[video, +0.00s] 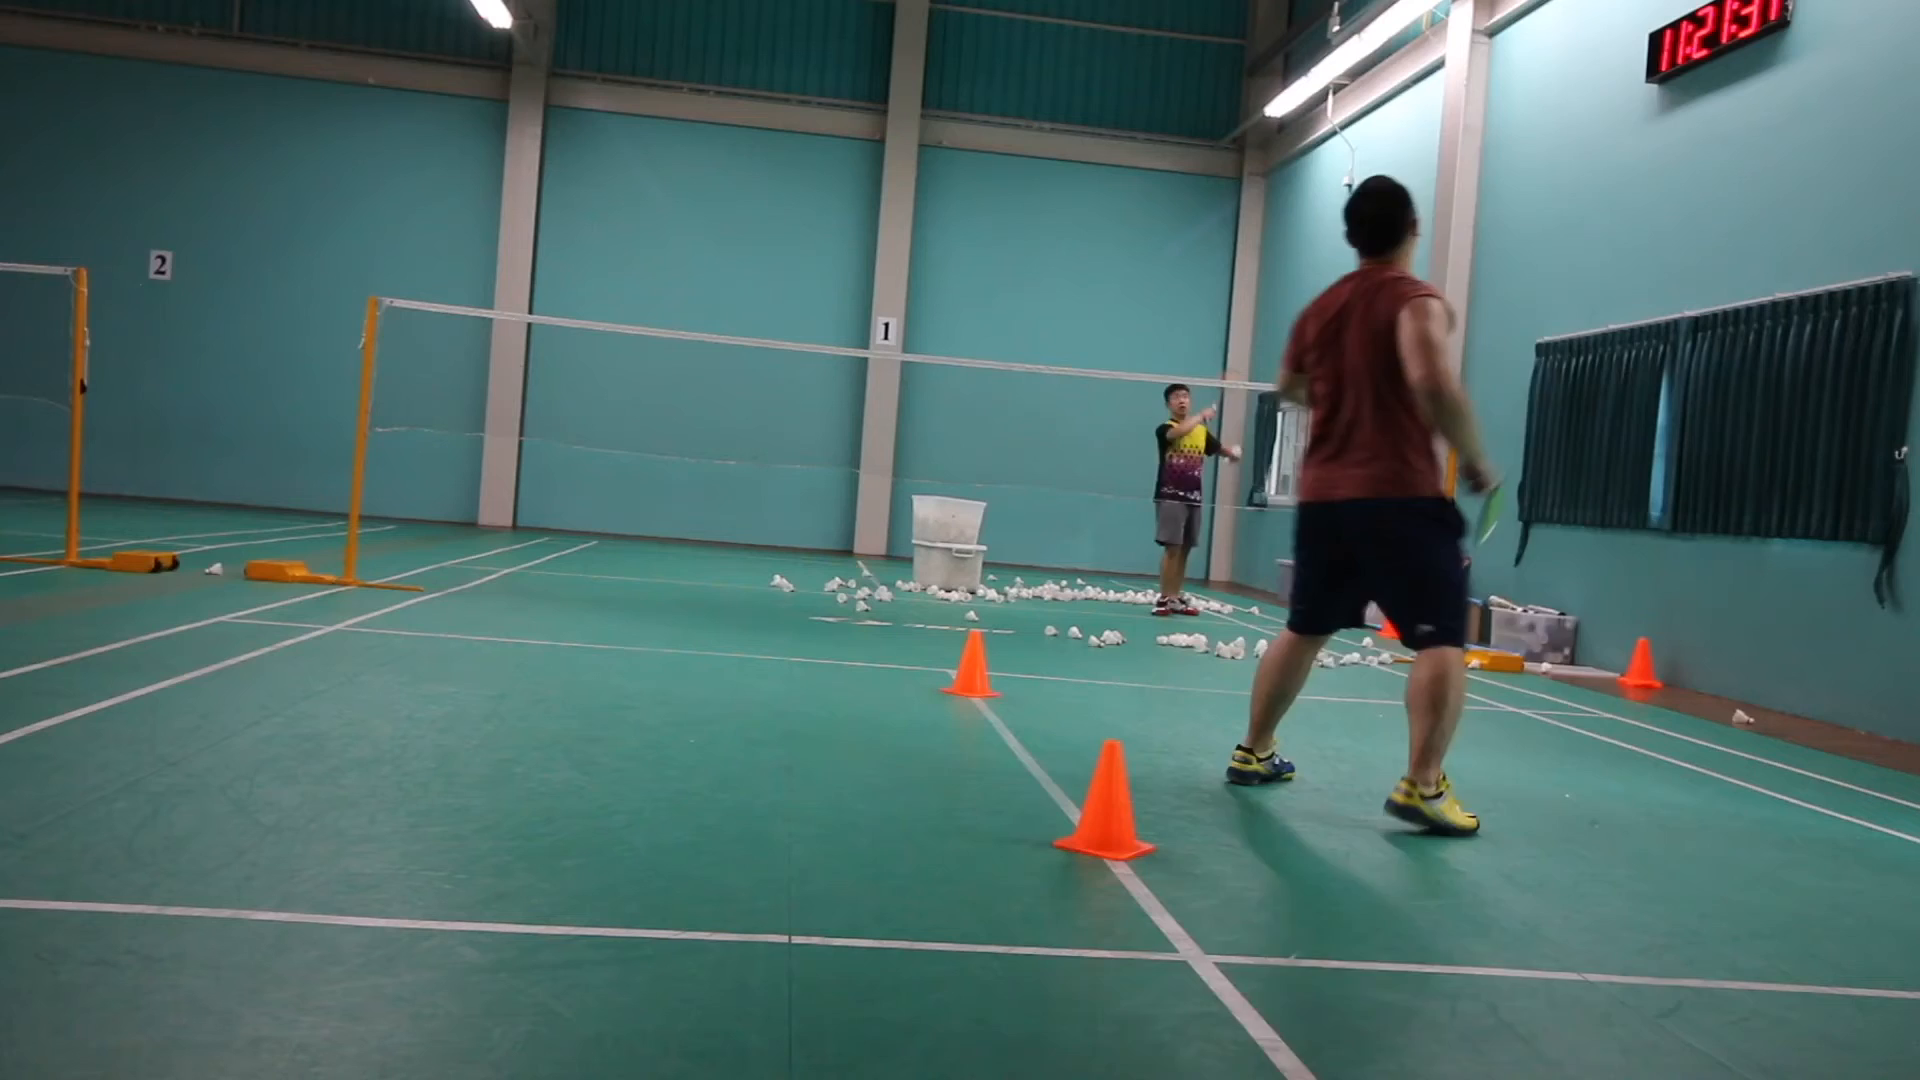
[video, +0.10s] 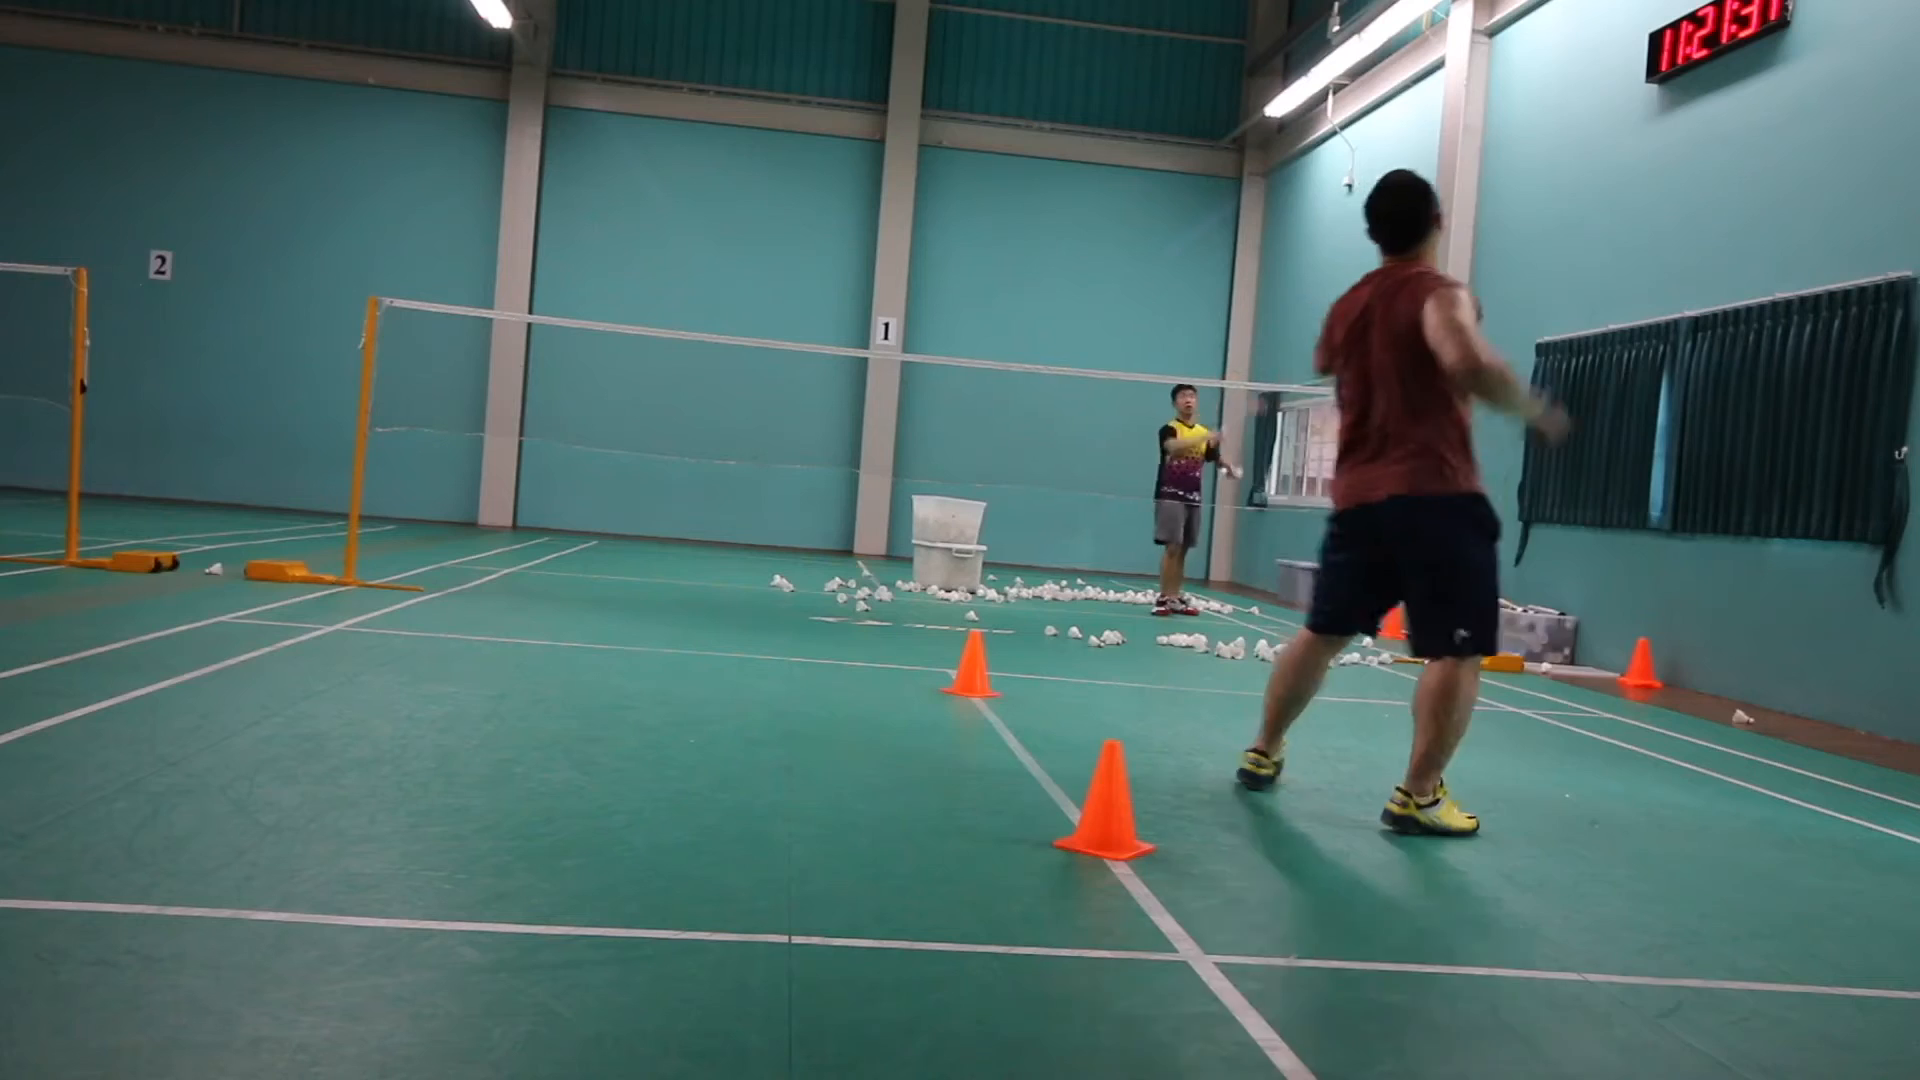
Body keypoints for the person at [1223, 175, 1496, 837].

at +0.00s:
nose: (1418, 232)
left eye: (1411, 222)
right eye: (1417, 223)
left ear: (1351, 236)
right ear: (1410, 232)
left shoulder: (1320, 308)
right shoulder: (1418, 300)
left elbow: (1290, 386)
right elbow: (1430, 381)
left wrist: (1347, 397)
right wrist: (1473, 458)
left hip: (1325, 504)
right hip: (1404, 505)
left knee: (1305, 627)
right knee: (1440, 638)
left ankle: (1253, 750)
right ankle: (1424, 784)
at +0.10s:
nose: (1440, 226)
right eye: (1438, 218)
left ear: (1373, 232)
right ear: (1436, 225)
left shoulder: (1348, 304)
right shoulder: (1441, 292)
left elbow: (1327, 364)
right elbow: (1464, 360)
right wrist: (1535, 410)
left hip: (1361, 506)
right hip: (1440, 504)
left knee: (1322, 631)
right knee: (1457, 649)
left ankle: (1264, 752)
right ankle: (1420, 793)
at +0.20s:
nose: (1473, 198)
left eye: (1468, 188)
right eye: (1468, 189)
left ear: (1400, 210)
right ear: (1458, 201)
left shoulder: (1377, 277)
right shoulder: (1453, 263)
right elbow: (1474, 318)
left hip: (1388, 484)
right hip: (1464, 481)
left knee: (1398, 619)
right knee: (1477, 637)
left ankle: (1343, 733)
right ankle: (1435, 780)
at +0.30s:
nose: (1491, 204)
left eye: (1484, 194)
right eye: (1487, 197)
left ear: (1423, 216)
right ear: (1479, 212)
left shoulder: (1405, 261)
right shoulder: (1457, 276)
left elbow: (1423, 214)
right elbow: (1469, 334)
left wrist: (1454, 168)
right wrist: (1557, 255)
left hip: (1406, 499)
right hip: (1484, 497)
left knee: (1415, 647)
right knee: (1544, 642)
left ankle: (1366, 788)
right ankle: (1471, 779)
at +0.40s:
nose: (1526, 205)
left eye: (1520, 197)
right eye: (1521, 198)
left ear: (1452, 212)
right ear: (1512, 206)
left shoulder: (1440, 261)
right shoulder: (1496, 280)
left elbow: (1438, 201)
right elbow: (1493, 344)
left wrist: (1455, 145)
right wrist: (1568, 254)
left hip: (1439, 495)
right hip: (1519, 499)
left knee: (1439, 640)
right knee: (1569, 647)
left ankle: (1370, 775)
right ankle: (1551, 811)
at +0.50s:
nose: (1560, 211)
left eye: (1554, 201)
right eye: (1556, 203)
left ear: (1487, 226)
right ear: (1545, 216)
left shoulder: (1463, 280)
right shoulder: (1529, 294)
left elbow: (1445, 230)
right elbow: (1532, 360)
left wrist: (1444, 169)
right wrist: (1603, 269)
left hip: (1478, 518)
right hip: (1557, 522)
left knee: (1474, 654)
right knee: (1599, 672)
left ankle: (1368, 753)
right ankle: (1565, 838)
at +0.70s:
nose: (1523, 203)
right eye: (1526, 193)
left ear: (1459, 218)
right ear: (1530, 200)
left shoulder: (1443, 313)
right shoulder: (1570, 245)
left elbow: (1411, 416)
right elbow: (1632, 150)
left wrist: (1379, 495)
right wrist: (1556, 96)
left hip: (1495, 496)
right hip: (1597, 488)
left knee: (1446, 636)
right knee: (1598, 646)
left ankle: (1410, 784)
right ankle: (1587, 814)